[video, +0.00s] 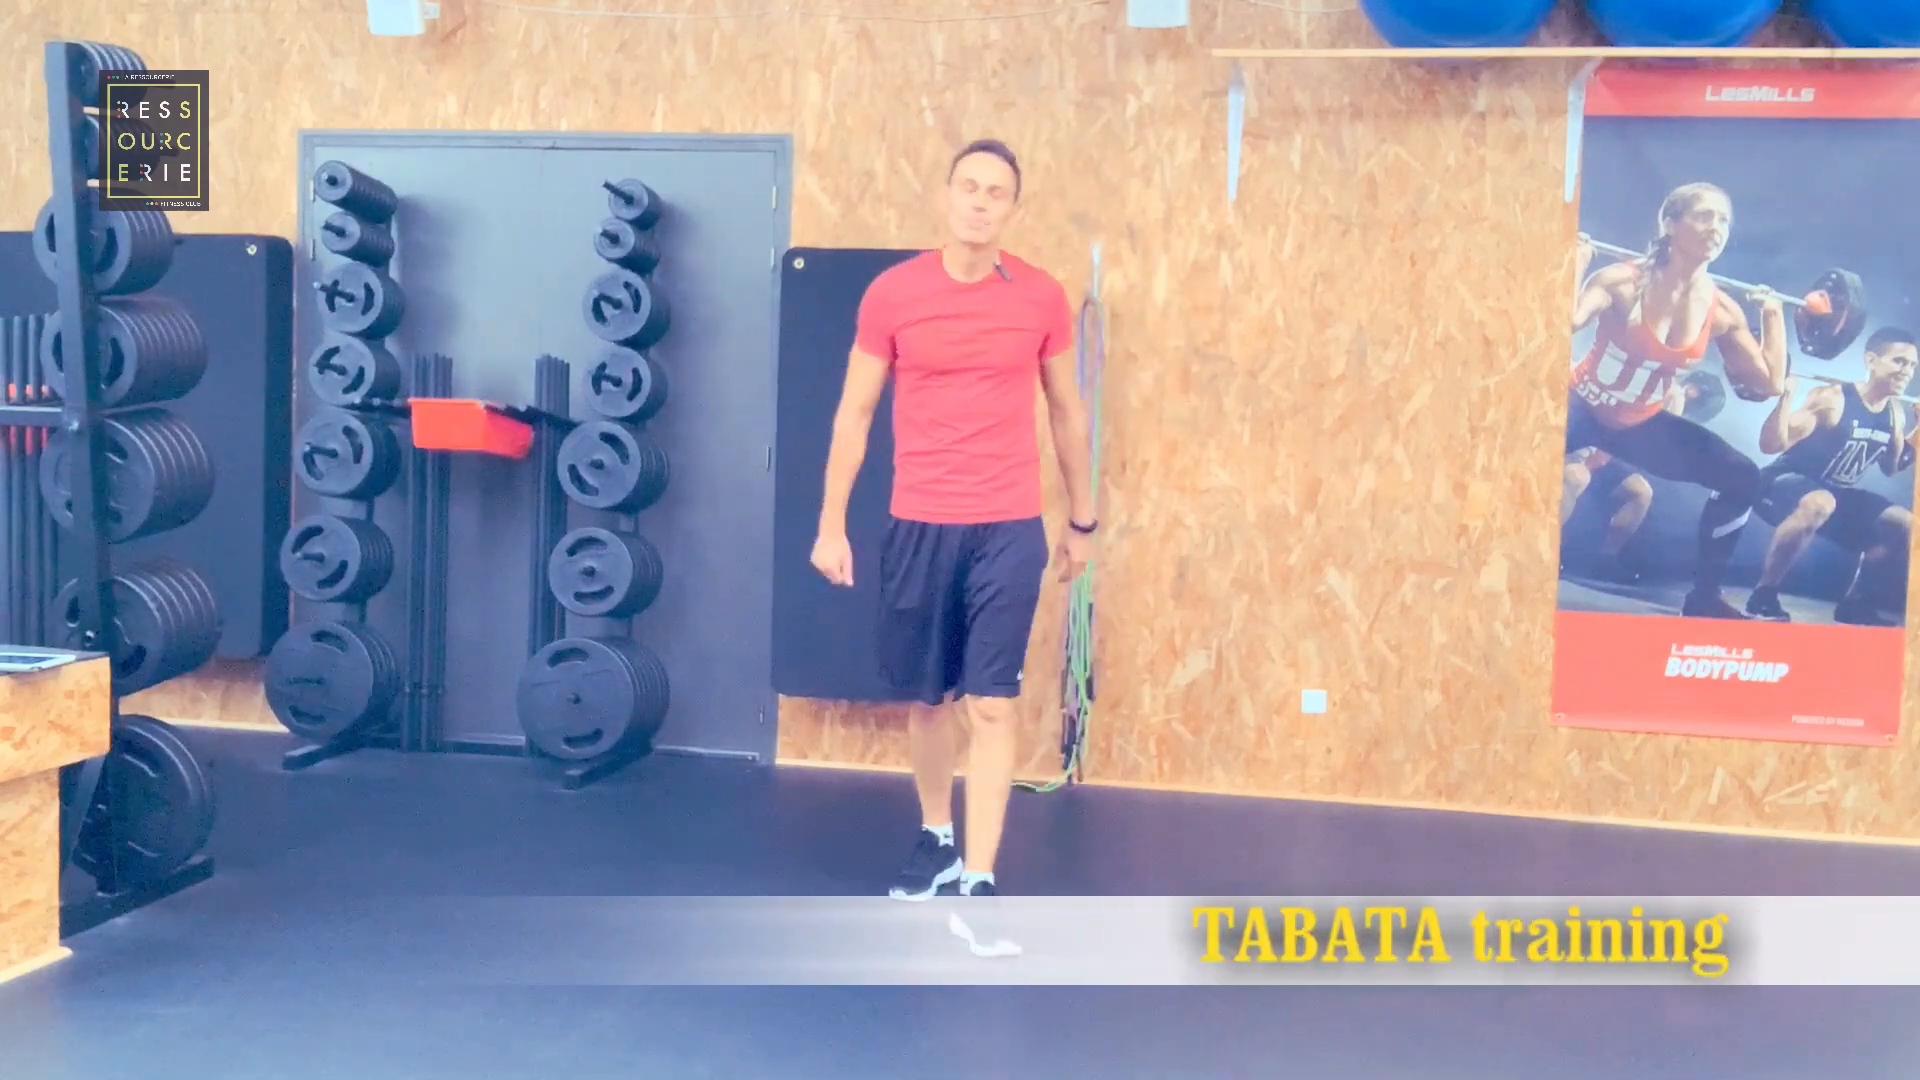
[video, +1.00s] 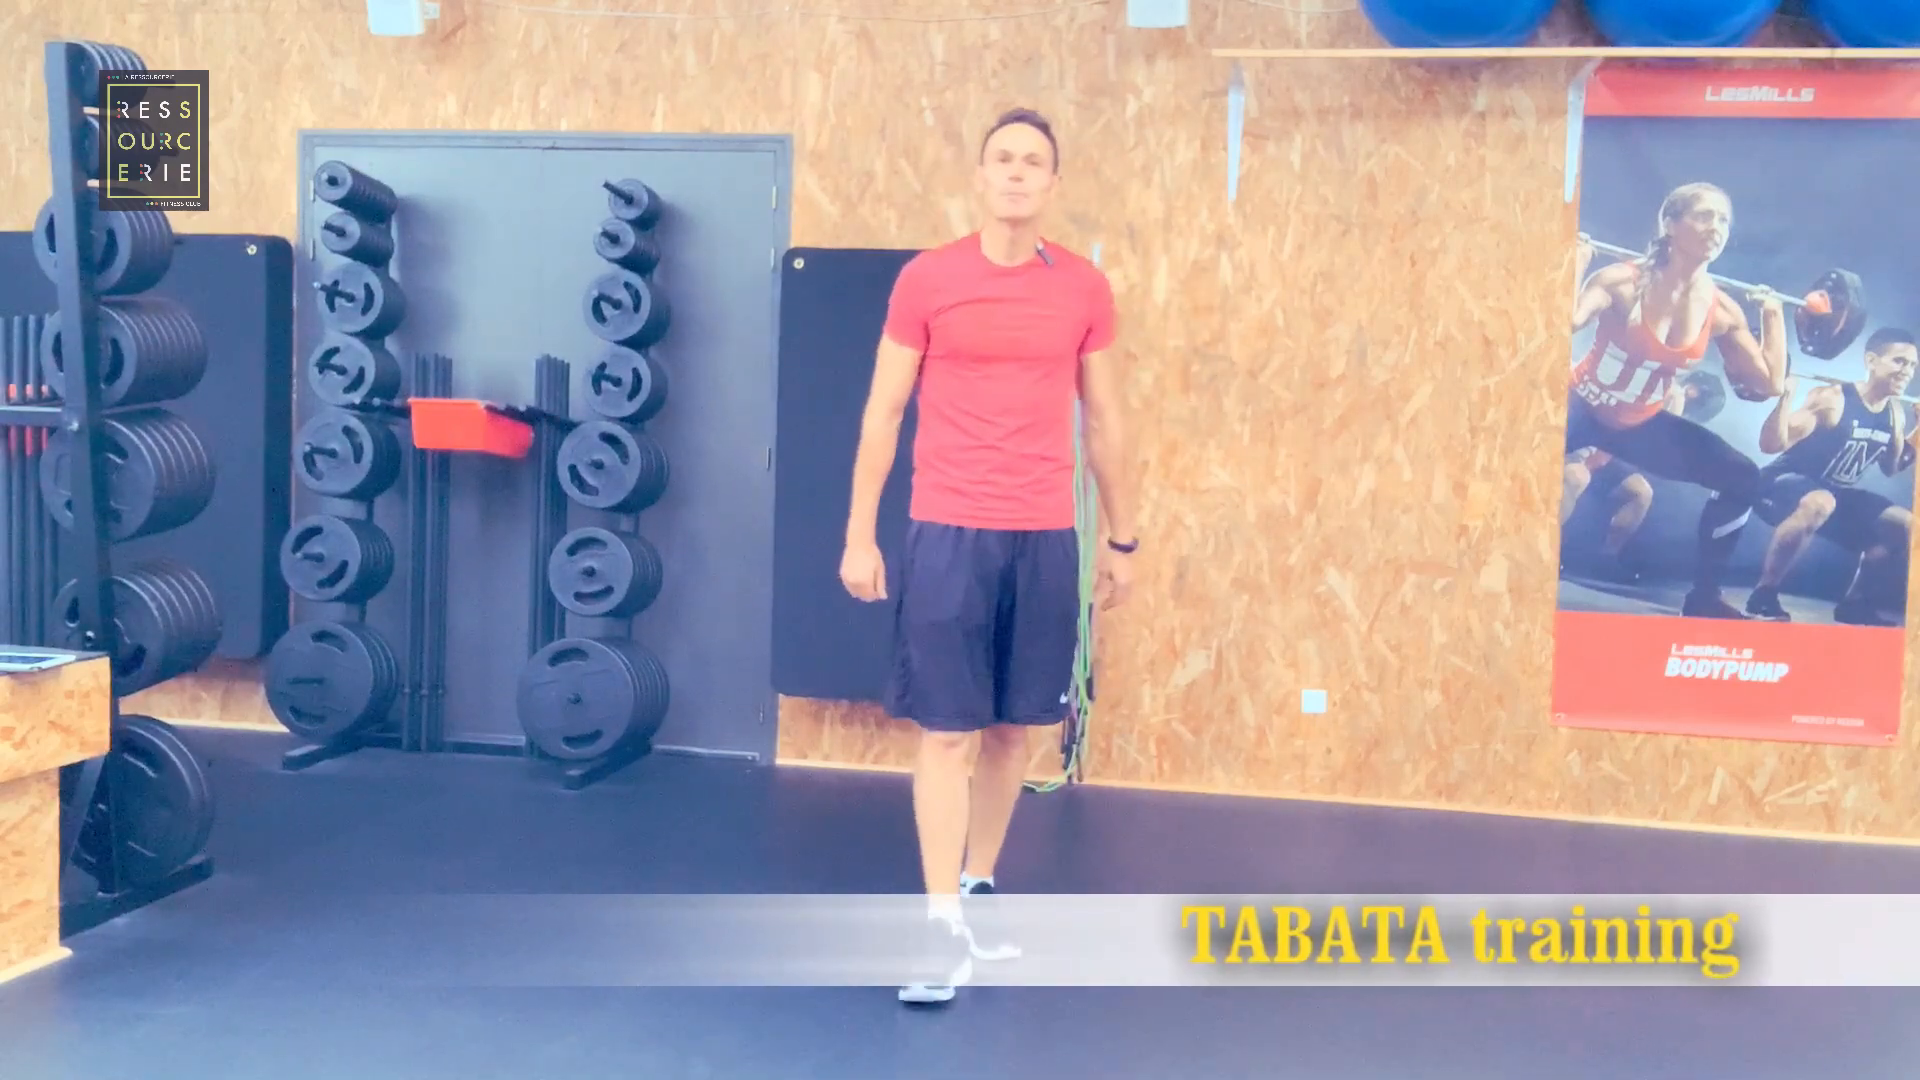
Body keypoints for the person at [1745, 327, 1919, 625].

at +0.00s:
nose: (1906, 371)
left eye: (1911, 365)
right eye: (1899, 361)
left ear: (1914, 371)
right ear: (1871, 361)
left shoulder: (1894, 413)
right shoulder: (1830, 398)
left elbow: (1891, 467)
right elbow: (1769, 444)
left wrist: (1910, 443)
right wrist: (1785, 395)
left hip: (1839, 495)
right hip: (1786, 481)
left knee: (1906, 525)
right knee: (1820, 503)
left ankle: (1855, 604)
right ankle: (1764, 596)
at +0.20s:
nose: (1906, 371)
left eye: (1911, 365)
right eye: (1899, 361)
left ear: (1914, 371)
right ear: (1871, 361)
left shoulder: (1894, 412)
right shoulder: (1830, 398)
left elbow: (1892, 467)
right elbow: (1769, 444)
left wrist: (1911, 444)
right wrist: (1786, 395)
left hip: (1839, 495)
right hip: (1786, 481)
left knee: (1906, 525)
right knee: (1820, 503)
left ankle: (1855, 604)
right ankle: (1764, 595)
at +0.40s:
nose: (1906, 371)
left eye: (1911, 365)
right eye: (1899, 361)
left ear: (1914, 371)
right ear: (1871, 361)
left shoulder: (1894, 412)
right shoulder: (1831, 398)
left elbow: (1891, 467)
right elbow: (1769, 444)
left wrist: (1910, 447)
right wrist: (1785, 395)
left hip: (1839, 495)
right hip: (1785, 481)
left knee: (1906, 525)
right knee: (1820, 503)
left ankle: (1855, 604)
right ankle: (1764, 596)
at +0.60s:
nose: (1906, 371)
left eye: (1911, 365)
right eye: (1899, 361)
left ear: (1914, 371)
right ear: (1871, 361)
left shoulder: (1894, 412)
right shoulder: (1831, 398)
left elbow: (1891, 467)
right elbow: (1769, 444)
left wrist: (1910, 446)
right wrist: (1785, 395)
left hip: (1839, 495)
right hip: (1785, 481)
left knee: (1906, 524)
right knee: (1820, 502)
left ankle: (1854, 603)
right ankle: (1764, 595)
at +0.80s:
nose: (1906, 371)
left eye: (1911, 365)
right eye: (1899, 361)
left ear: (1914, 371)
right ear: (1871, 361)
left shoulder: (1894, 412)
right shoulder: (1831, 398)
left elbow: (1891, 467)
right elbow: (1769, 444)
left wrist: (1910, 446)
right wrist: (1785, 395)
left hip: (1839, 495)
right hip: (1786, 481)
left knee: (1906, 525)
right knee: (1820, 502)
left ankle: (1854, 604)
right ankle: (1764, 596)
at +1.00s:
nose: (1906, 371)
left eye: (1911, 365)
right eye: (1899, 361)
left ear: (1914, 371)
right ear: (1871, 361)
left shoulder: (1894, 412)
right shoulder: (1831, 398)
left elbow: (1891, 467)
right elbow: (1769, 444)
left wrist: (1911, 443)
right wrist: (1786, 395)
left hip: (1839, 495)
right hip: (1785, 481)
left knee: (1906, 526)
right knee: (1821, 502)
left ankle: (1854, 604)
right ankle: (1764, 595)